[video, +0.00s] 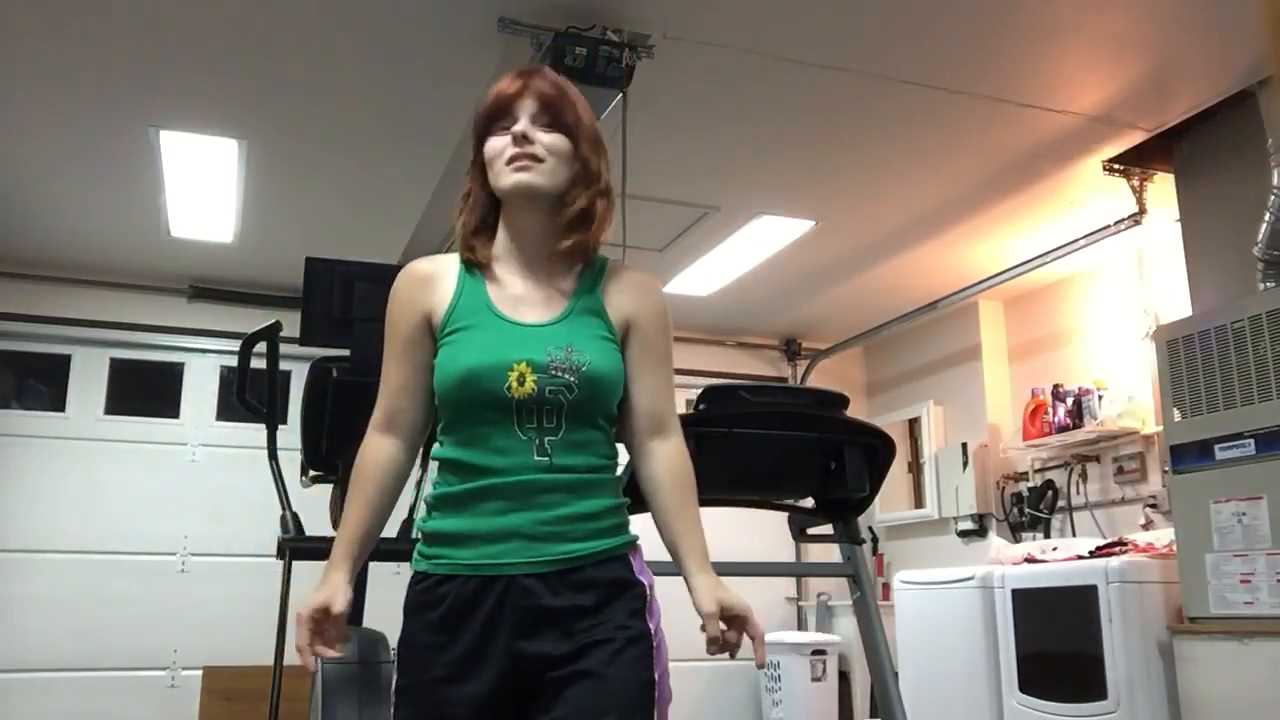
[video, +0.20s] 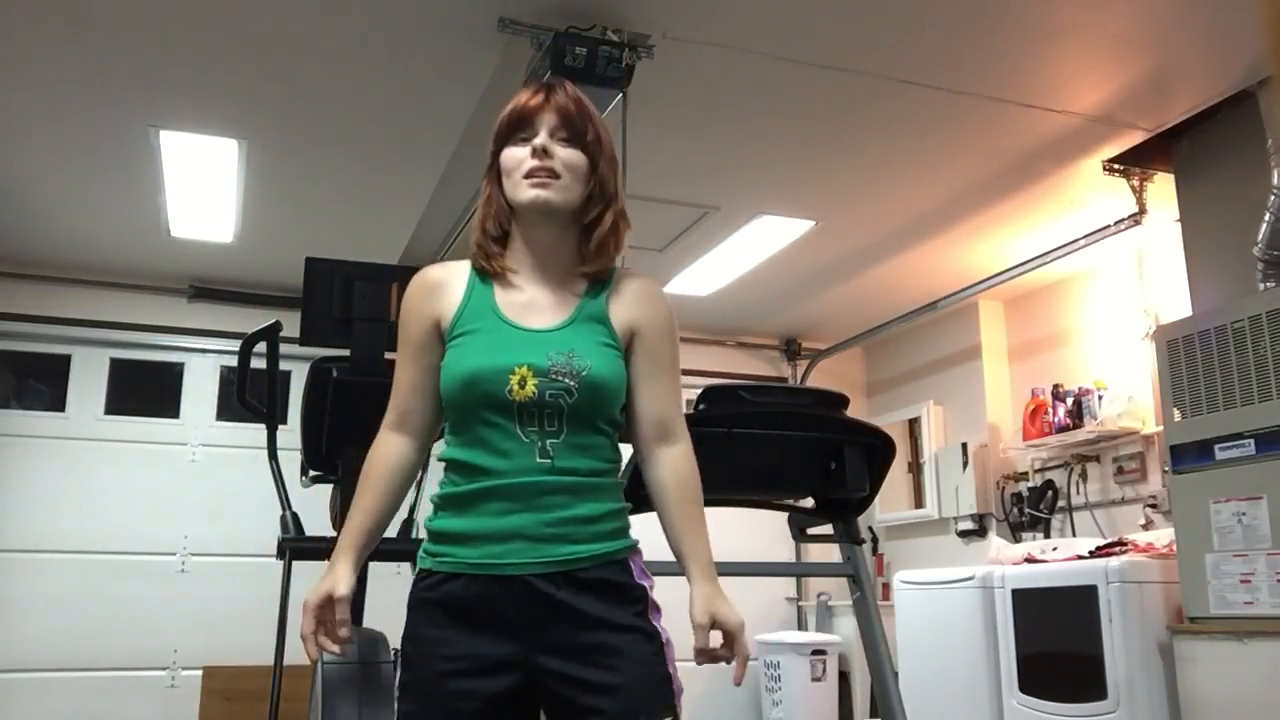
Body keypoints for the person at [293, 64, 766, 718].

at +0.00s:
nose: (521, 135)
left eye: (547, 125)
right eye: (503, 128)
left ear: (584, 158)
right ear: (482, 163)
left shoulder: (630, 294)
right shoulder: (428, 285)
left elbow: (658, 439)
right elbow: (392, 433)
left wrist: (702, 579)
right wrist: (340, 570)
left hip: (596, 602)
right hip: (455, 603)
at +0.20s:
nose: (541, 150)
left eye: (564, 140)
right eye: (522, 138)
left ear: (596, 174)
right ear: (497, 173)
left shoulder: (634, 301)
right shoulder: (438, 290)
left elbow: (664, 444)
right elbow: (402, 433)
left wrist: (704, 580)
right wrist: (345, 561)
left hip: (598, 599)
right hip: (458, 599)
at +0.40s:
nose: (559, 163)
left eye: (582, 151)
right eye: (540, 151)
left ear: (612, 182)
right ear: (515, 182)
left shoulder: (657, 307)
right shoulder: (462, 301)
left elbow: (687, 443)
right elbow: (421, 441)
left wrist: (728, 576)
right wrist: (354, 563)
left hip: (621, 607)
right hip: (486, 605)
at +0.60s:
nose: (580, 163)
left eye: (603, 152)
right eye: (560, 152)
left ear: (632, 182)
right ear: (536, 183)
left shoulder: (680, 304)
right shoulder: (488, 301)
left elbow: (717, 437)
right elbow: (451, 442)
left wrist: (768, 562)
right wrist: (398, 568)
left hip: (652, 602)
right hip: (517, 601)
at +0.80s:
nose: (588, 166)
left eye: (610, 153)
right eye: (568, 154)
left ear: (640, 183)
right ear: (542, 185)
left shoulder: (690, 303)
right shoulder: (497, 303)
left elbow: (730, 436)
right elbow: (466, 443)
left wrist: (786, 565)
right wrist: (416, 568)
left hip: (667, 603)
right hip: (532, 602)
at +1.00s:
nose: (591, 165)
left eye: (614, 153)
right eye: (570, 153)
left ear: (642, 182)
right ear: (544, 183)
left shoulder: (691, 300)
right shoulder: (499, 301)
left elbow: (731, 434)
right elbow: (462, 439)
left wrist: (781, 559)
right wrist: (415, 561)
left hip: (670, 599)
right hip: (534, 599)